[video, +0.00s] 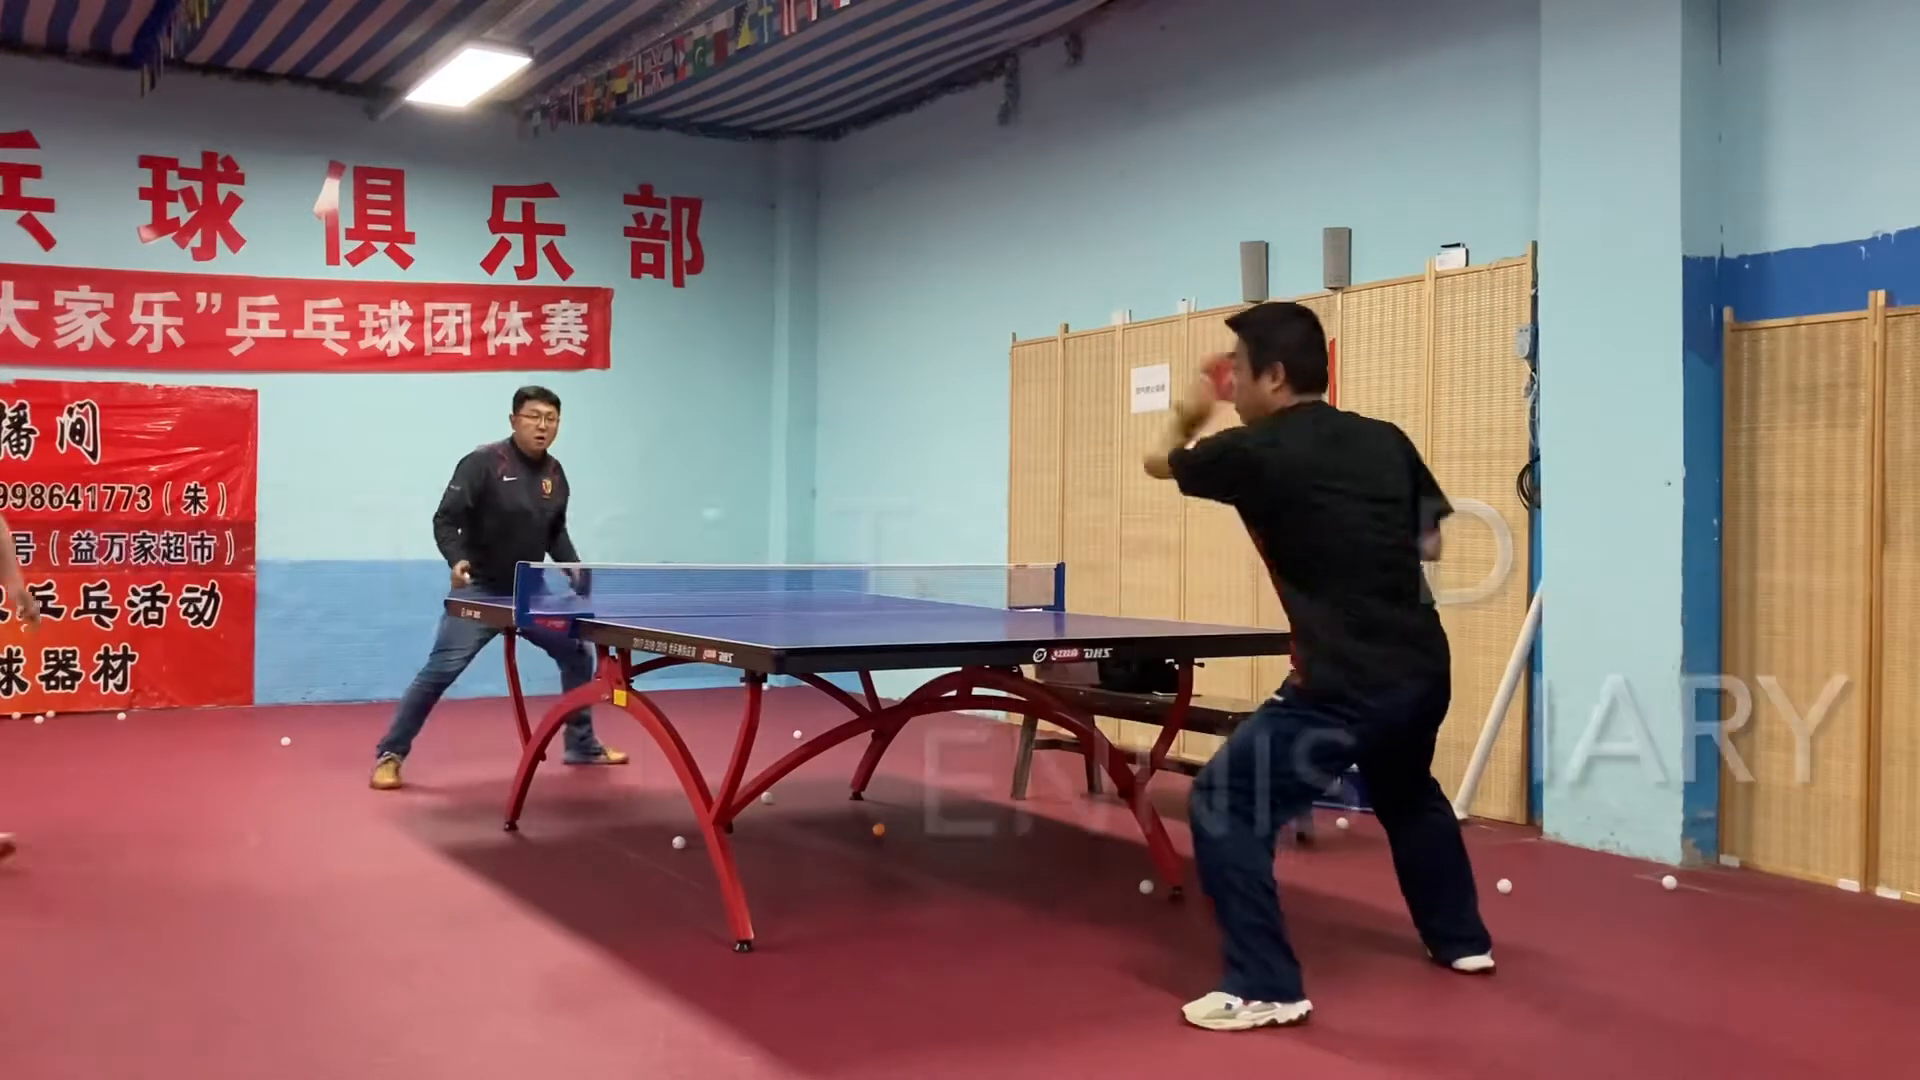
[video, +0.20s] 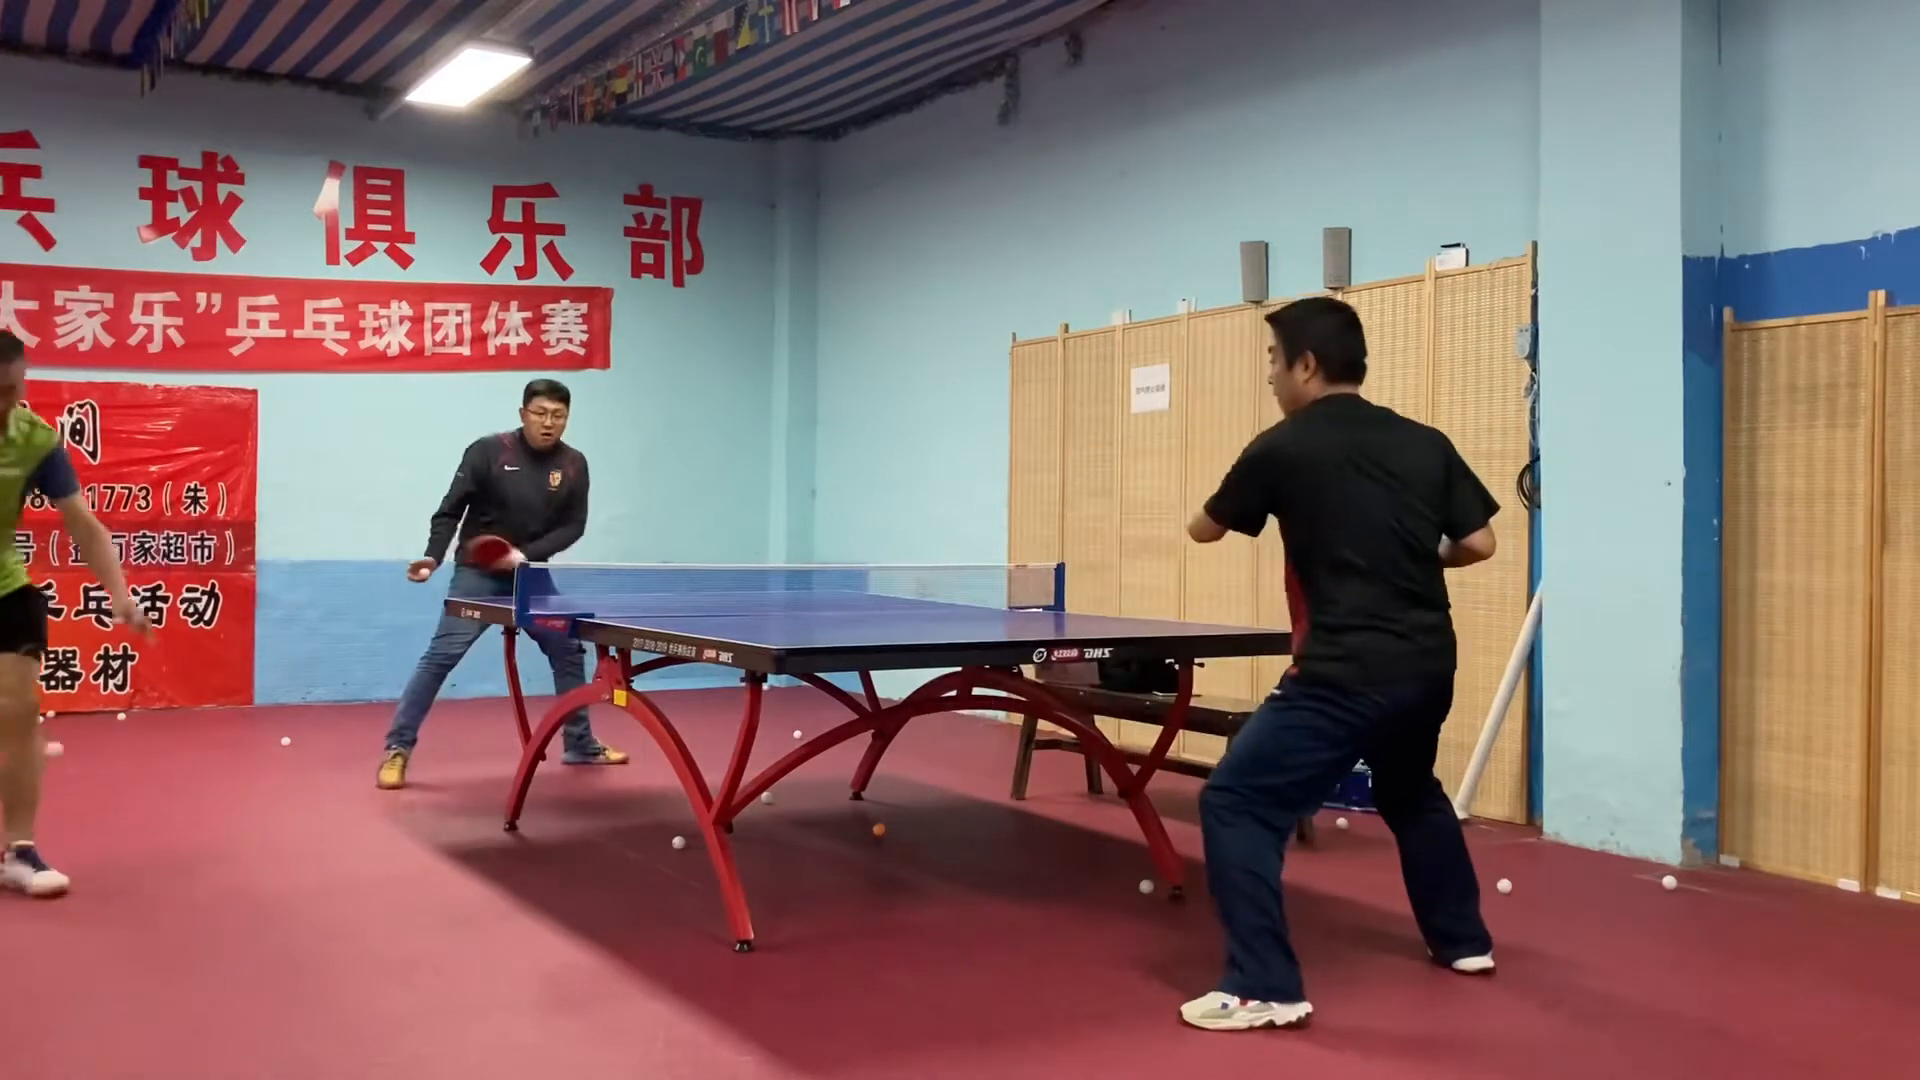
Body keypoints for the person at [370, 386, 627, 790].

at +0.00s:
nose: (543, 426)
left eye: (551, 419)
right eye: (534, 417)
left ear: (558, 427)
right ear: (514, 420)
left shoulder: (554, 473)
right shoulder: (481, 463)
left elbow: (555, 531)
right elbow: (446, 520)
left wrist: (575, 568)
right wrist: (456, 560)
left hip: (529, 591)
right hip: (479, 592)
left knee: (577, 654)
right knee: (440, 670)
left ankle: (582, 747)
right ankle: (390, 756)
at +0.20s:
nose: (549, 423)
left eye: (557, 415)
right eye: (540, 414)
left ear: (566, 420)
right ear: (523, 414)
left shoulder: (573, 464)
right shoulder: (487, 452)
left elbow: (573, 526)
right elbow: (450, 508)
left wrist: (527, 552)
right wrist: (433, 555)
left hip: (531, 573)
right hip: (478, 571)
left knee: (568, 649)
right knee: (445, 652)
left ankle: (580, 744)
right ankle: (398, 748)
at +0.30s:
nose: (537, 423)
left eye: (545, 416)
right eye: (528, 414)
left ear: (555, 420)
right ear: (511, 416)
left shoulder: (560, 465)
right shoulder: (478, 450)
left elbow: (536, 524)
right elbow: (437, 504)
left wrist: (482, 540)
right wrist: (403, 551)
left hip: (525, 572)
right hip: (474, 570)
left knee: (564, 649)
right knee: (443, 651)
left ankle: (580, 744)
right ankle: (403, 748)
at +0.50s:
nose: (495, 421)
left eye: (503, 414)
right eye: (486, 413)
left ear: (512, 418)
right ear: (468, 414)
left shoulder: (524, 460)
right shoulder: (439, 453)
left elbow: (524, 518)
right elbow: (405, 506)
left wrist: (493, 542)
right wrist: (371, 551)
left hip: (504, 578)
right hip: (450, 575)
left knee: (545, 656)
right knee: (424, 658)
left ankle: (578, 743)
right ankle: (399, 752)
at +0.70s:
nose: (486, 419)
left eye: (492, 411)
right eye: (476, 411)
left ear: (500, 415)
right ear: (456, 415)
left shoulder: (516, 460)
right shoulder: (430, 457)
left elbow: (534, 522)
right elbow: (402, 516)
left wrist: (520, 569)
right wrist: (380, 566)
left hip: (510, 578)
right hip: (453, 577)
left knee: (544, 656)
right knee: (425, 657)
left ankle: (559, 742)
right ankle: (397, 751)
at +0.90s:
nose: (507, 412)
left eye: (513, 404)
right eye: (497, 404)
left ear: (520, 409)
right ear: (475, 407)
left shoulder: (534, 456)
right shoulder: (446, 453)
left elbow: (554, 514)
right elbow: (424, 515)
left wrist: (547, 568)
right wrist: (416, 565)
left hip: (521, 579)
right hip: (465, 578)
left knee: (548, 658)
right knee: (435, 663)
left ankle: (557, 742)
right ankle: (401, 750)